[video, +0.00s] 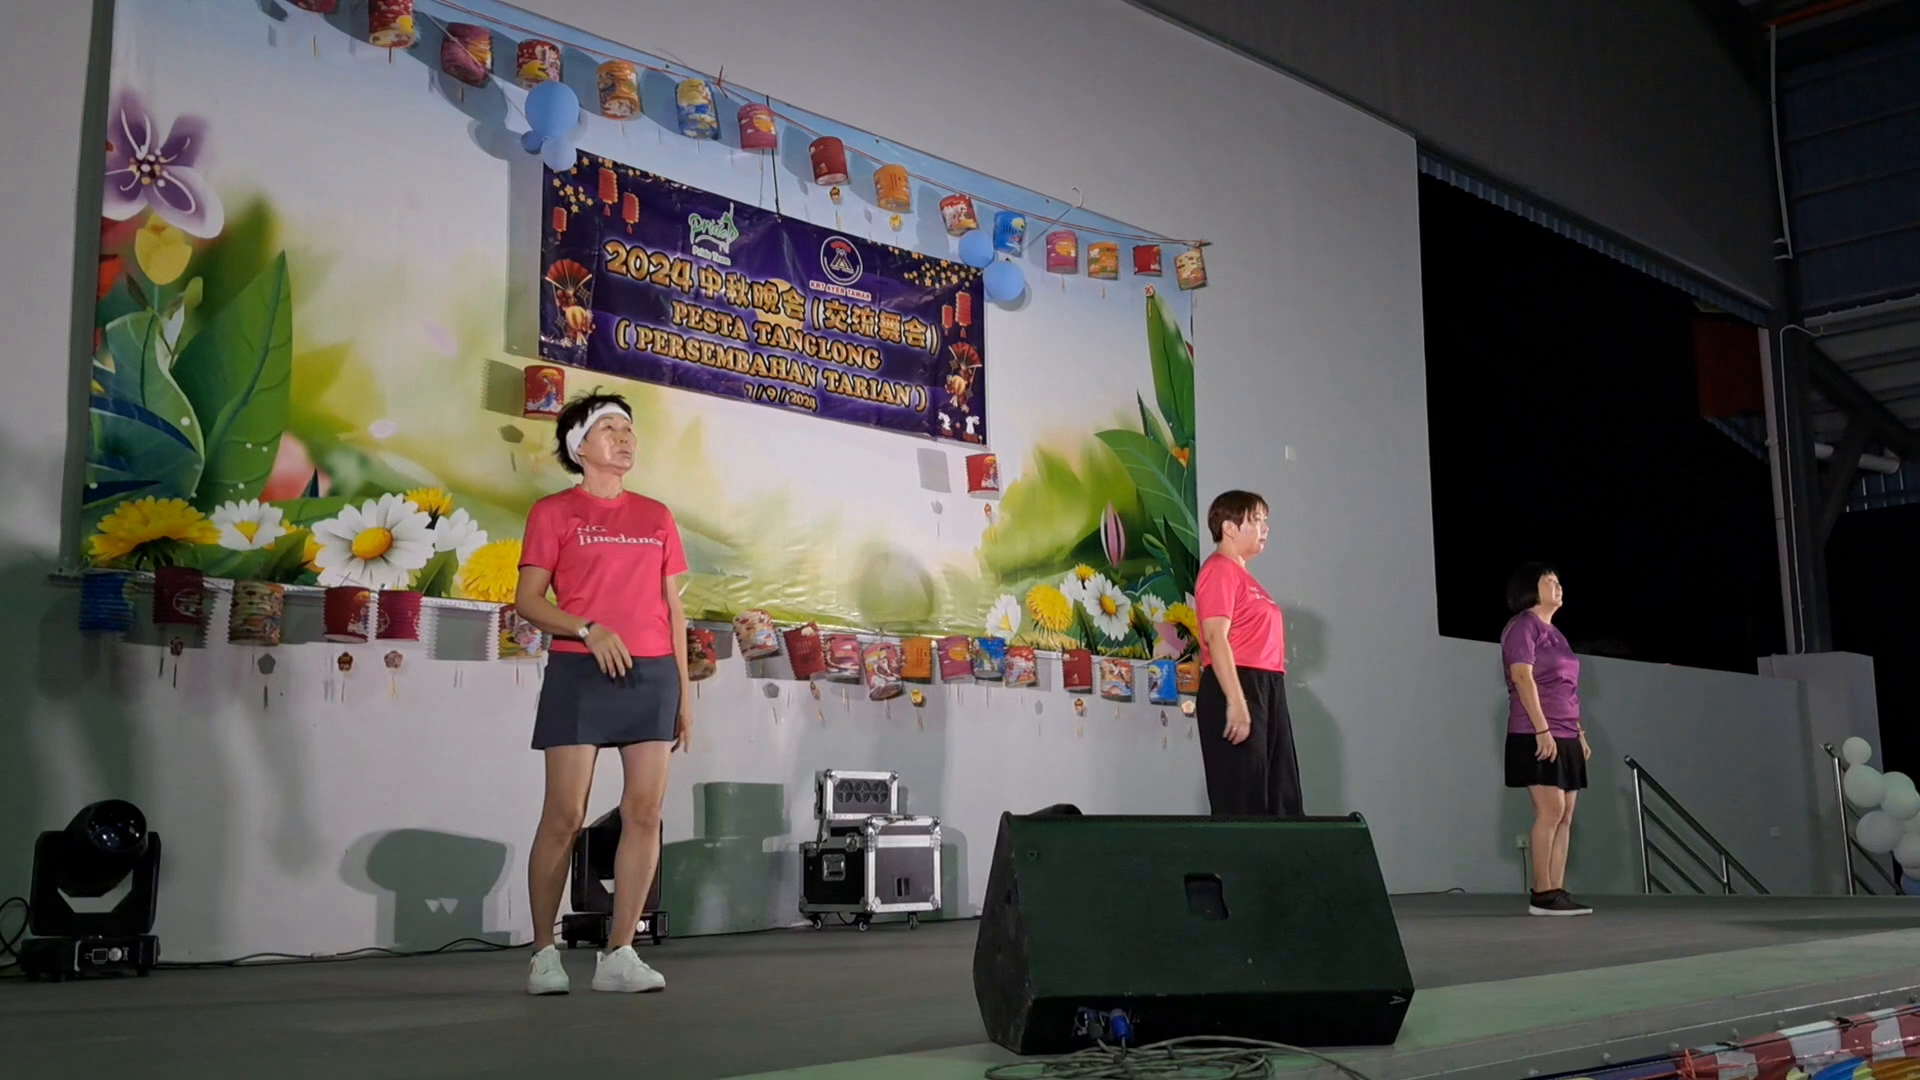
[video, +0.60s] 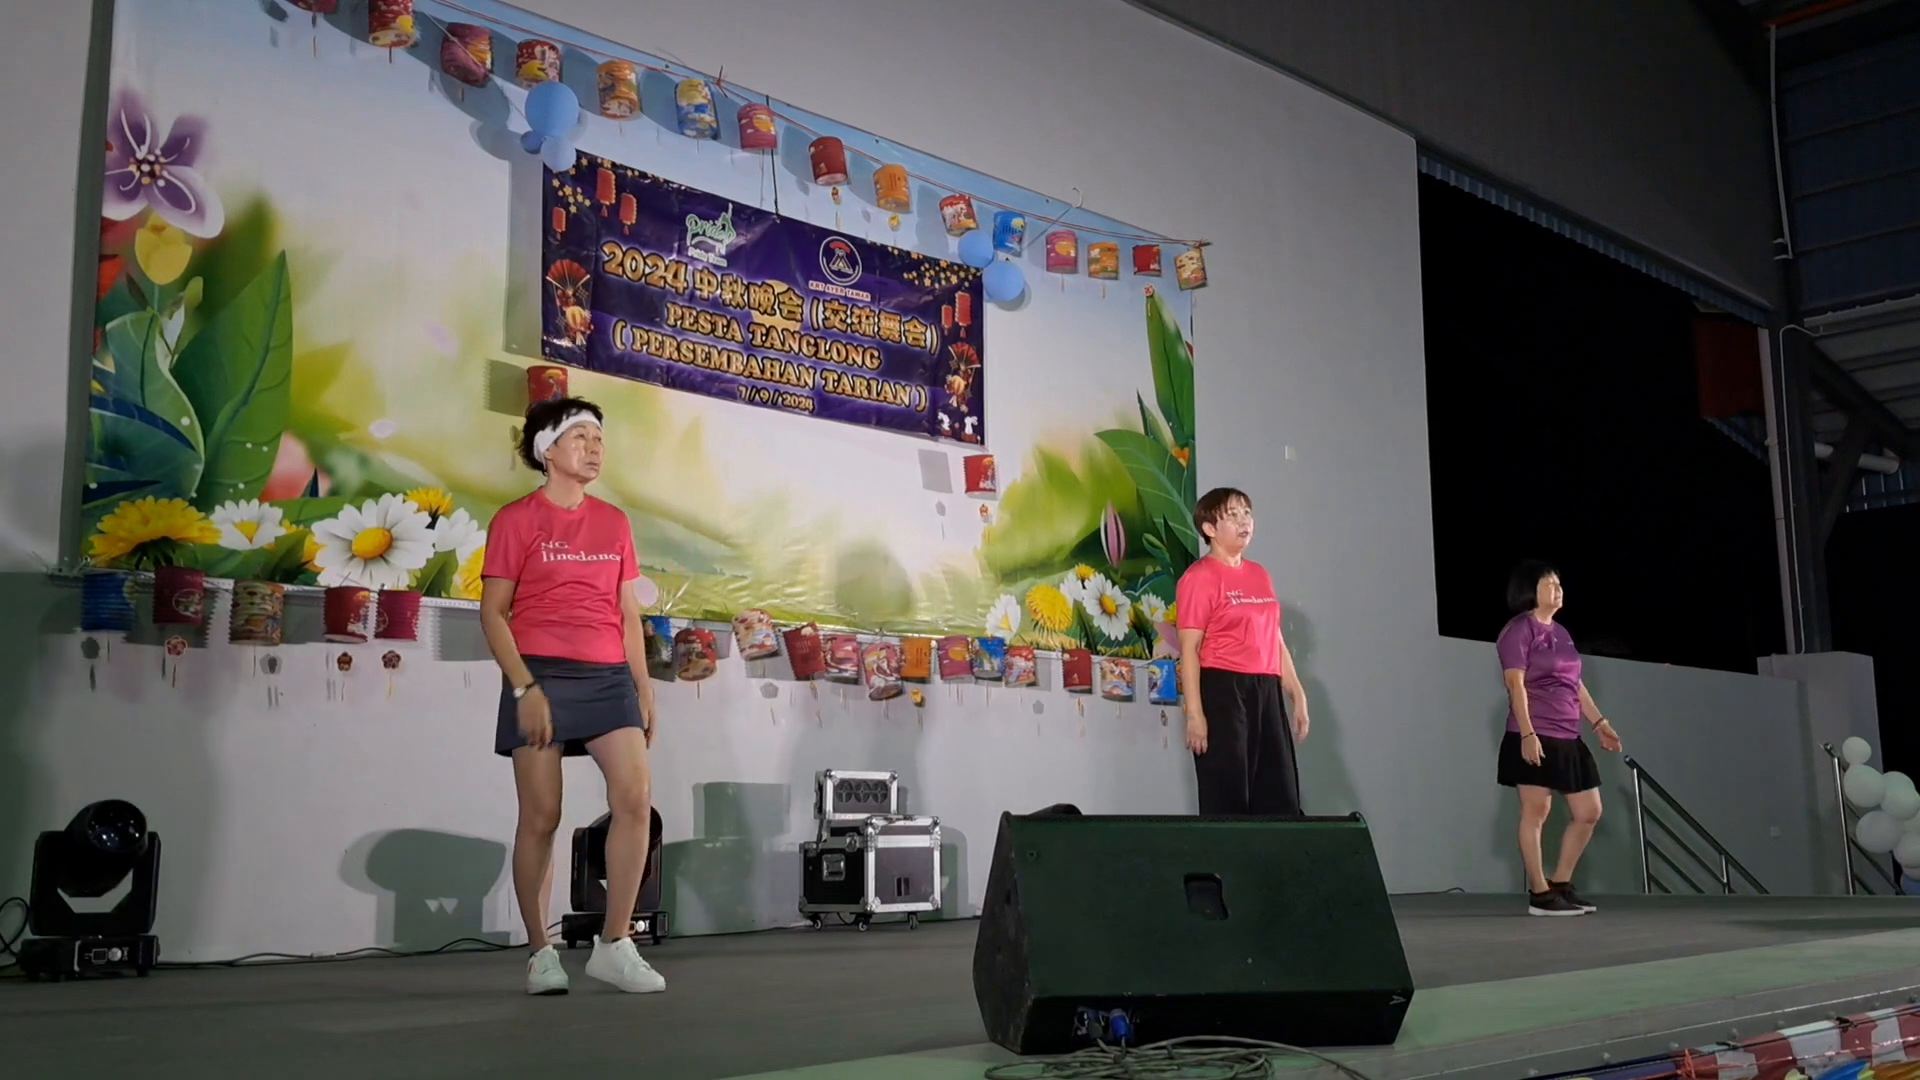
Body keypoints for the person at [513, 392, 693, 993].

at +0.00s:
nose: (624, 439)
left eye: (629, 431)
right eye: (610, 430)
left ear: (635, 447)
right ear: (579, 445)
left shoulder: (657, 516)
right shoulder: (553, 513)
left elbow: (675, 612)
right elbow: (528, 600)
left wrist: (684, 694)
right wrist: (588, 629)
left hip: (654, 674)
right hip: (578, 674)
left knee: (645, 812)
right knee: (565, 818)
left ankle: (620, 952)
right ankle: (545, 949)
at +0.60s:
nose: (593, 447)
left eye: (598, 440)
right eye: (580, 438)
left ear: (601, 452)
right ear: (547, 448)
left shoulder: (614, 522)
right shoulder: (515, 519)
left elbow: (629, 614)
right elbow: (492, 613)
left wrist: (643, 687)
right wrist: (525, 687)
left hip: (609, 680)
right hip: (538, 679)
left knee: (635, 799)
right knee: (541, 815)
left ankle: (614, 943)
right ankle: (542, 948)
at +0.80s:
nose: (590, 442)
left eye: (594, 435)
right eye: (577, 433)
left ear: (597, 449)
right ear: (543, 443)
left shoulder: (611, 518)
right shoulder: (514, 516)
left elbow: (629, 615)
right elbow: (495, 613)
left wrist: (639, 693)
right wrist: (485, 700)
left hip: (611, 678)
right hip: (537, 676)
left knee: (623, 810)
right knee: (542, 814)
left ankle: (610, 951)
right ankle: (542, 950)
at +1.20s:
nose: (584, 443)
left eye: (589, 435)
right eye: (571, 434)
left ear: (594, 447)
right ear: (539, 445)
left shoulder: (611, 519)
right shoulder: (515, 514)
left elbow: (641, 608)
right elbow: (499, 600)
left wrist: (682, 683)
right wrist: (497, 680)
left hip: (607, 676)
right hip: (536, 675)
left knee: (623, 809)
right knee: (539, 816)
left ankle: (611, 950)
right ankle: (542, 949)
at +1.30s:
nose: (583, 446)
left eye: (589, 438)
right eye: (570, 436)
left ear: (595, 449)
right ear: (538, 447)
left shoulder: (609, 521)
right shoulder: (515, 514)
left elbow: (651, 603)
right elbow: (502, 591)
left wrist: (710, 661)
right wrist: (516, 648)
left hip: (602, 676)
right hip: (534, 673)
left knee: (624, 807)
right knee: (537, 815)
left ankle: (609, 951)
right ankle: (542, 949)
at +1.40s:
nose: (580, 448)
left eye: (587, 437)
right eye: (566, 437)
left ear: (594, 449)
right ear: (536, 449)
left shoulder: (610, 523)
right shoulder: (513, 517)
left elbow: (656, 597)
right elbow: (503, 584)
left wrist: (727, 621)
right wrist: (532, 607)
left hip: (601, 676)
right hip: (530, 675)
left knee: (623, 807)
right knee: (535, 815)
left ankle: (610, 950)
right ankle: (543, 950)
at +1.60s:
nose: (580, 447)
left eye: (586, 438)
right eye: (565, 437)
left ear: (593, 450)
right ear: (536, 450)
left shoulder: (611, 522)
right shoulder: (516, 513)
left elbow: (668, 586)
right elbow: (501, 570)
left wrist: (723, 563)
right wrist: (544, 545)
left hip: (602, 675)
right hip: (532, 673)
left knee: (624, 806)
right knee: (538, 815)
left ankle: (610, 951)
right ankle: (542, 950)